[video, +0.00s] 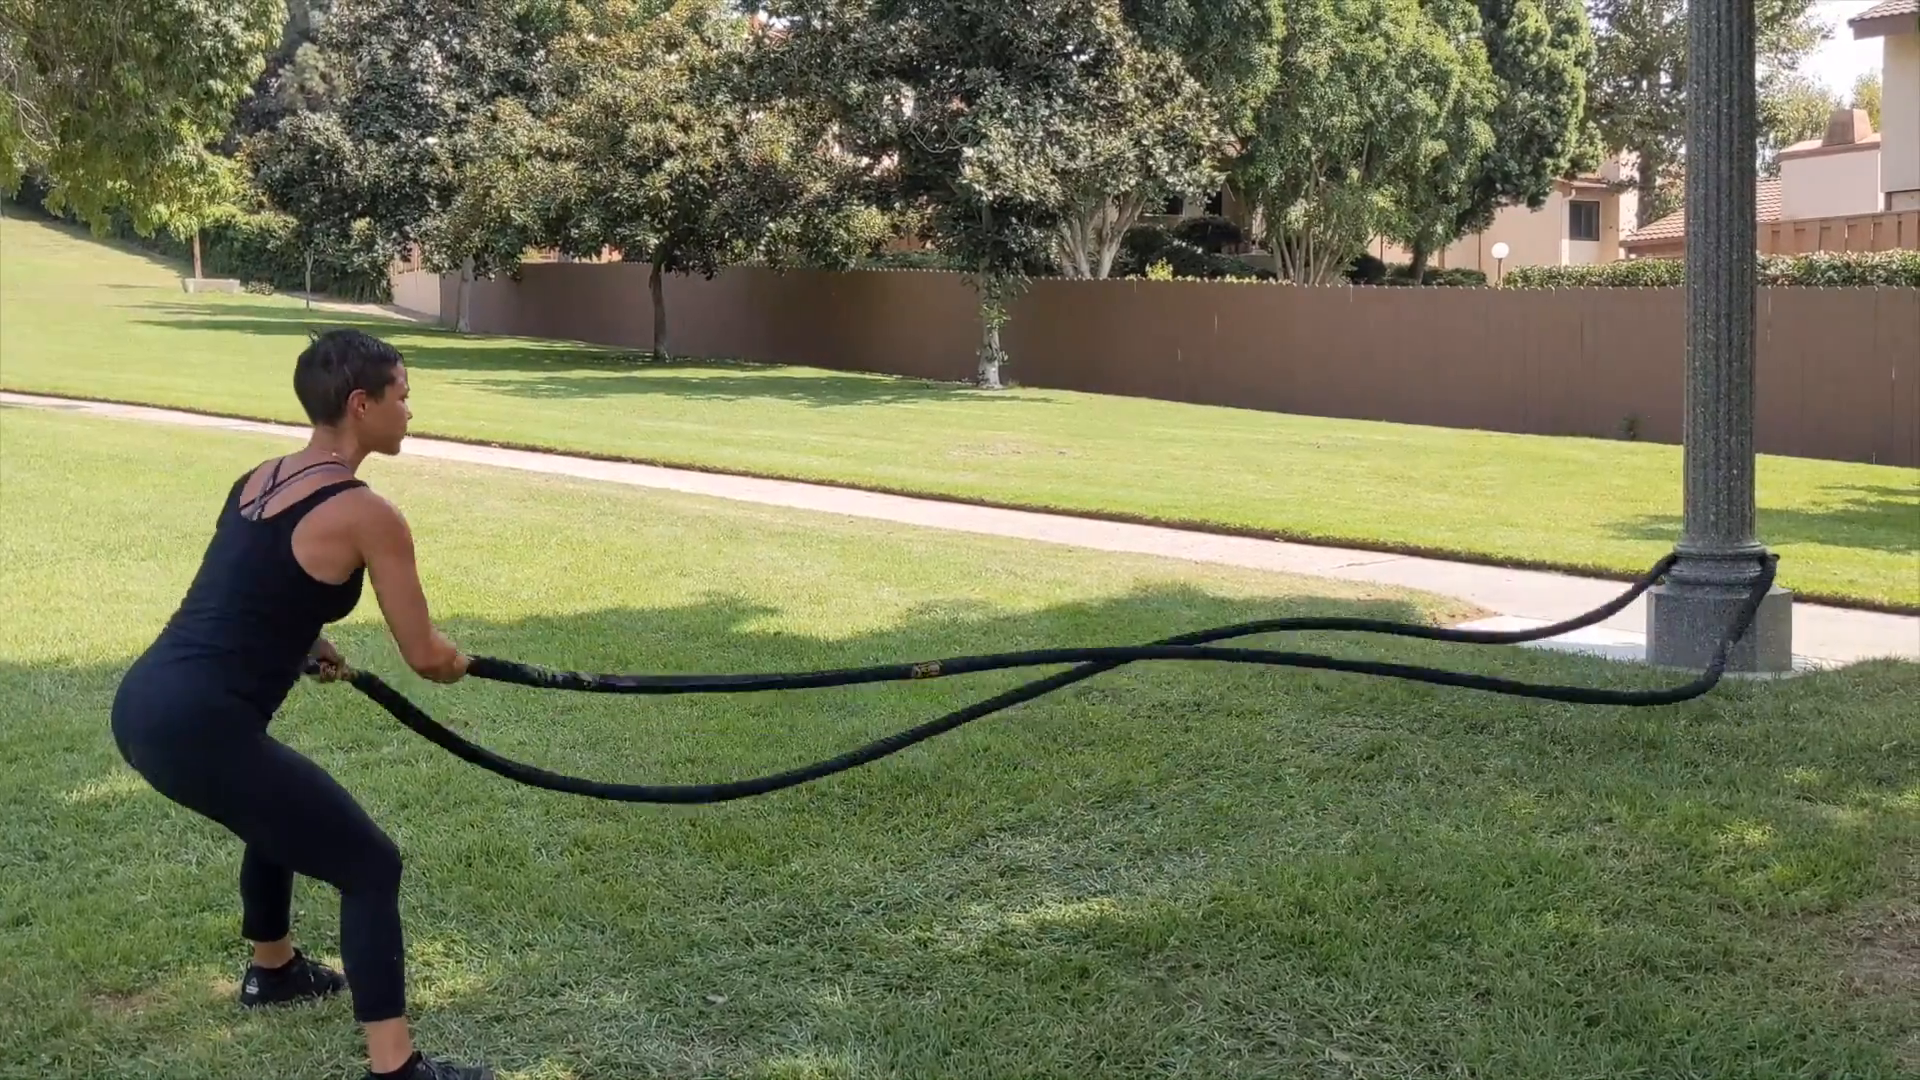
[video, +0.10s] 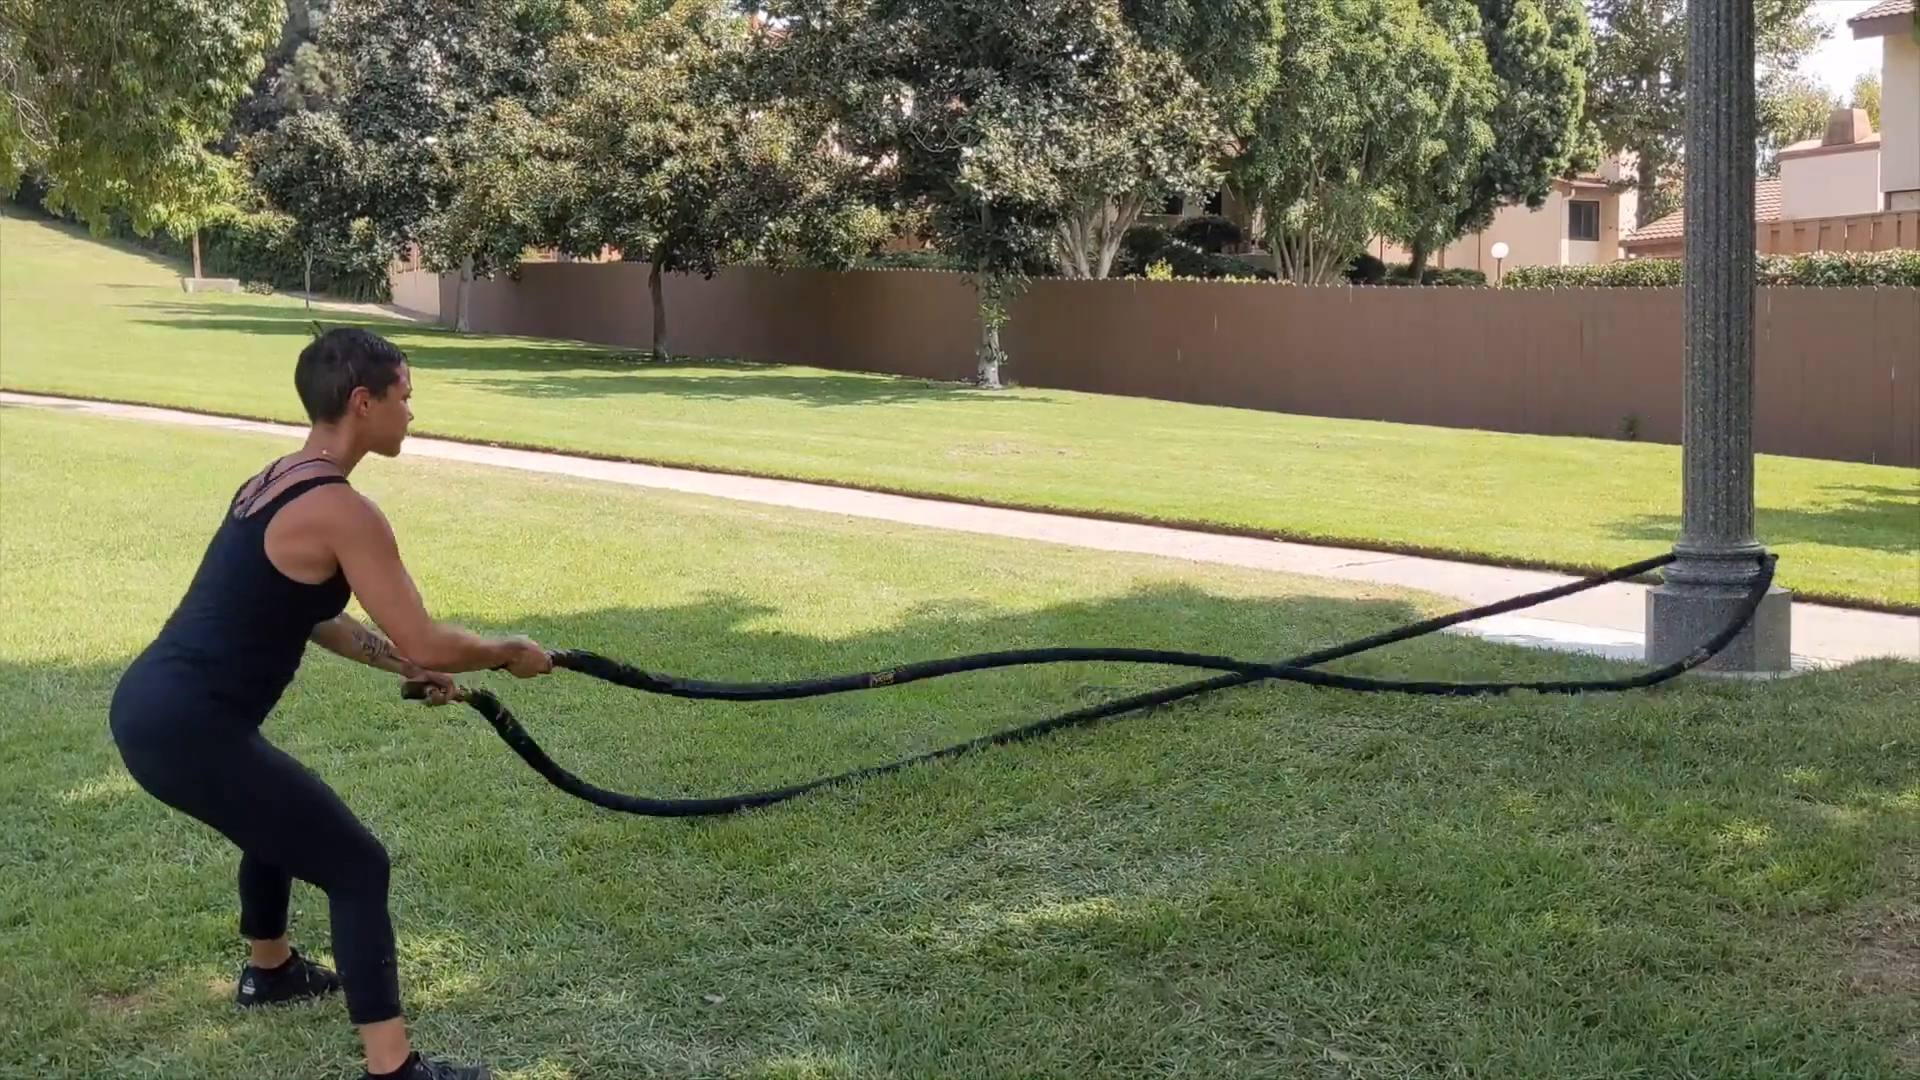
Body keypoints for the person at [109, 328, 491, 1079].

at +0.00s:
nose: (409, 407)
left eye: (406, 392)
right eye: (400, 393)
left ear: (333, 406)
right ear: (359, 404)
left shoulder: (263, 476)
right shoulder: (369, 515)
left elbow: (234, 590)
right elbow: (424, 654)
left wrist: (304, 642)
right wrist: (450, 660)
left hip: (144, 708)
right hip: (203, 728)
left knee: (280, 808)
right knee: (371, 864)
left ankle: (273, 968)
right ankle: (394, 1061)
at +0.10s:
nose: (410, 412)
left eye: (409, 396)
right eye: (402, 396)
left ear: (340, 404)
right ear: (360, 402)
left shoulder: (276, 478)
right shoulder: (347, 511)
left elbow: (308, 611)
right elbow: (422, 642)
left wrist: (401, 663)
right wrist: (503, 651)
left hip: (148, 705)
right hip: (189, 729)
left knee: (283, 814)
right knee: (358, 863)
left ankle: (270, 967)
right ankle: (391, 1062)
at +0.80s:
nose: (346, 390)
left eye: (344, 374)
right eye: (338, 375)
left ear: (274, 385)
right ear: (295, 383)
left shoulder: (217, 456)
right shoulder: (308, 477)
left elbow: (282, 572)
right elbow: (379, 601)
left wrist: (384, 583)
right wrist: (454, 612)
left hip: (124, 690)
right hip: (192, 702)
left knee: (276, 794)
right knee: (341, 852)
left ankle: (274, 958)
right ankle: (386, 1054)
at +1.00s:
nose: (381, 396)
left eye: (379, 381)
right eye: (373, 382)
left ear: (304, 388)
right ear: (330, 389)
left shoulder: (237, 451)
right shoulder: (366, 481)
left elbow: (166, 547)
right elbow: (408, 599)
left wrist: (262, 552)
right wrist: (414, 603)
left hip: (152, 683)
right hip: (234, 691)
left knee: (289, 787)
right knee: (379, 841)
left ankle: (288, 949)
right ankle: (402, 1047)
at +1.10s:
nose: (406, 397)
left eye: (405, 382)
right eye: (398, 383)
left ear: (336, 389)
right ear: (358, 389)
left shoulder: (262, 448)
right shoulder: (387, 482)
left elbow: (167, 538)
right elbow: (419, 604)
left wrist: (246, 561)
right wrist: (378, 573)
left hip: (162, 676)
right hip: (238, 689)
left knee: (296, 785)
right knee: (383, 837)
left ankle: (294, 947)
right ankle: (408, 1046)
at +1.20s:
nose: (424, 396)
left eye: (422, 381)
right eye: (416, 381)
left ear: (351, 388)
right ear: (376, 386)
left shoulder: (278, 447)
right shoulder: (399, 485)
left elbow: (205, 544)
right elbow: (425, 607)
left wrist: (306, 560)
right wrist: (377, 580)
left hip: (167, 675)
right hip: (237, 690)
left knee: (301, 786)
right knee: (386, 836)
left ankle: (297, 946)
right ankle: (413, 1046)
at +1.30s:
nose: (431, 397)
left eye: (429, 382)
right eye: (423, 382)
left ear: (358, 389)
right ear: (385, 387)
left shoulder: (300, 455)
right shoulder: (396, 484)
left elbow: (308, 565)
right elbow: (438, 617)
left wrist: (392, 592)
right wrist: (451, 604)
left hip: (172, 680)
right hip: (233, 700)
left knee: (302, 786)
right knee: (389, 838)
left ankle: (299, 946)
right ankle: (416, 1047)